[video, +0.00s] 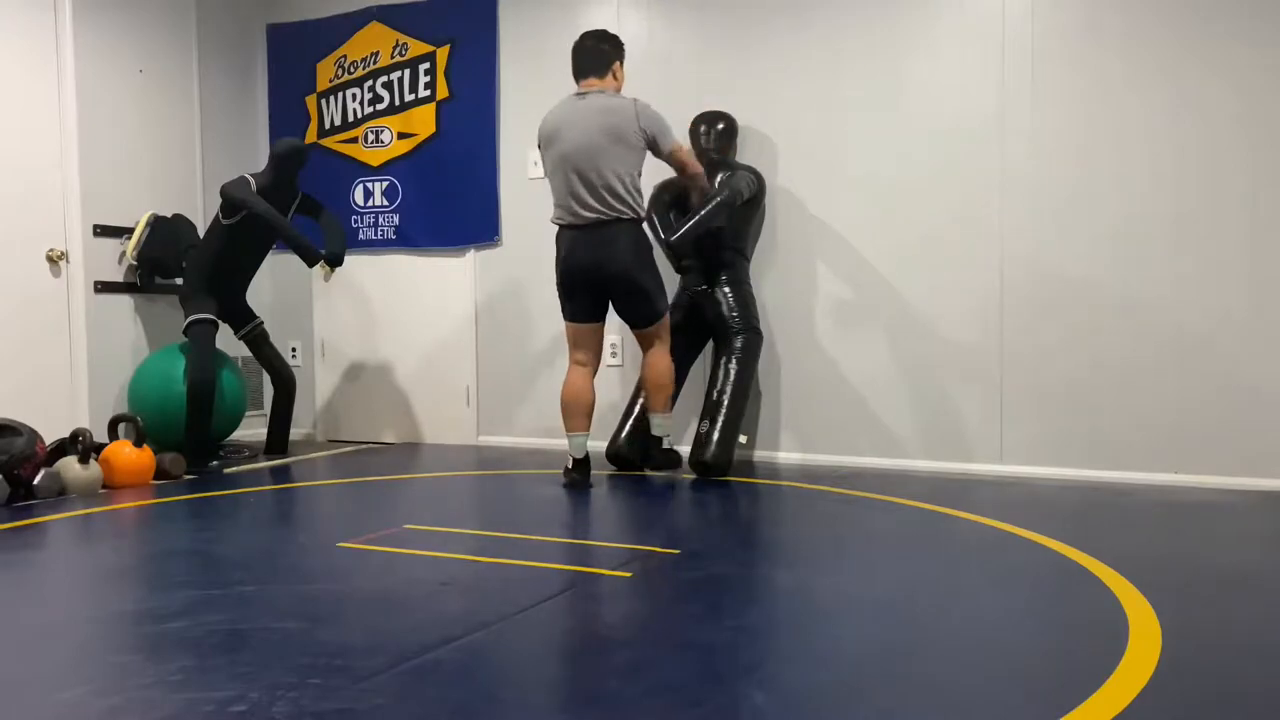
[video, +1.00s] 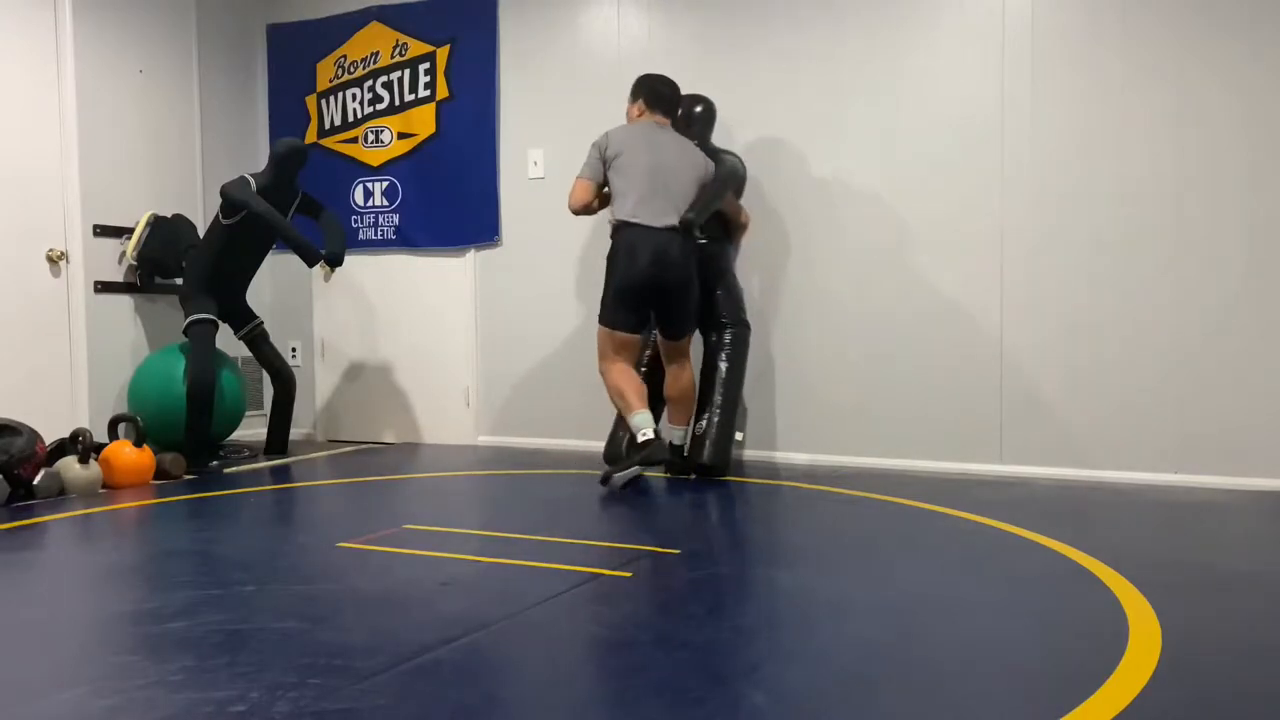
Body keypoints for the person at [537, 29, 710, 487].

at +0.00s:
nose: (624, 76)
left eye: (623, 69)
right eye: (623, 69)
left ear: (576, 71)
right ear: (615, 69)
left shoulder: (551, 121)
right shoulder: (635, 111)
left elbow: (564, 179)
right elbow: (684, 162)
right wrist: (700, 186)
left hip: (573, 249)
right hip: (625, 245)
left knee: (581, 359)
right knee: (655, 341)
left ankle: (578, 463)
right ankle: (659, 443)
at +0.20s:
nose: (645, 87)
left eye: (643, 80)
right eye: (644, 80)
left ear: (597, 82)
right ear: (637, 81)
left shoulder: (566, 127)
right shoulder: (655, 123)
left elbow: (583, 183)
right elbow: (697, 184)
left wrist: (642, 196)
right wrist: (722, 209)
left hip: (581, 250)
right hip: (634, 250)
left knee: (585, 360)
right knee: (657, 353)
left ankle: (578, 464)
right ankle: (677, 450)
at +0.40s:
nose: (675, 105)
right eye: (675, 99)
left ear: (627, 98)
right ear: (670, 101)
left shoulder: (593, 139)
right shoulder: (683, 147)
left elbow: (586, 208)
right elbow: (714, 202)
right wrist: (750, 232)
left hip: (599, 253)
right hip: (653, 255)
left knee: (595, 361)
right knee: (666, 355)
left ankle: (581, 458)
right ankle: (677, 451)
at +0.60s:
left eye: (644, 113)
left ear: (640, 114)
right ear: (682, 123)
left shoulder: (610, 146)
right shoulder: (695, 163)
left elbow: (587, 216)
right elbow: (730, 222)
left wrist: (625, 210)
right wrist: (754, 244)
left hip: (611, 249)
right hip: (666, 254)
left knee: (603, 357)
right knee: (672, 355)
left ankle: (590, 451)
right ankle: (677, 451)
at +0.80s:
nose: (638, 117)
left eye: (639, 111)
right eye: (640, 112)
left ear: (644, 113)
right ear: (682, 120)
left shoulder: (615, 145)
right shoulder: (704, 162)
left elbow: (583, 208)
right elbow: (746, 223)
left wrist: (620, 200)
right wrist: (739, 248)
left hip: (621, 249)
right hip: (674, 254)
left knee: (610, 353)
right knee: (675, 354)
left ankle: (615, 436)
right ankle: (677, 450)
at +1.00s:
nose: (628, 112)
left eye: (630, 106)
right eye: (630, 106)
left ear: (637, 107)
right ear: (675, 113)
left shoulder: (613, 139)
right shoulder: (699, 158)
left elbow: (579, 202)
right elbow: (738, 217)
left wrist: (612, 194)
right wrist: (730, 244)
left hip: (632, 255)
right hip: (680, 259)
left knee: (616, 356)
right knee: (677, 356)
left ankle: (646, 437)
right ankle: (677, 453)